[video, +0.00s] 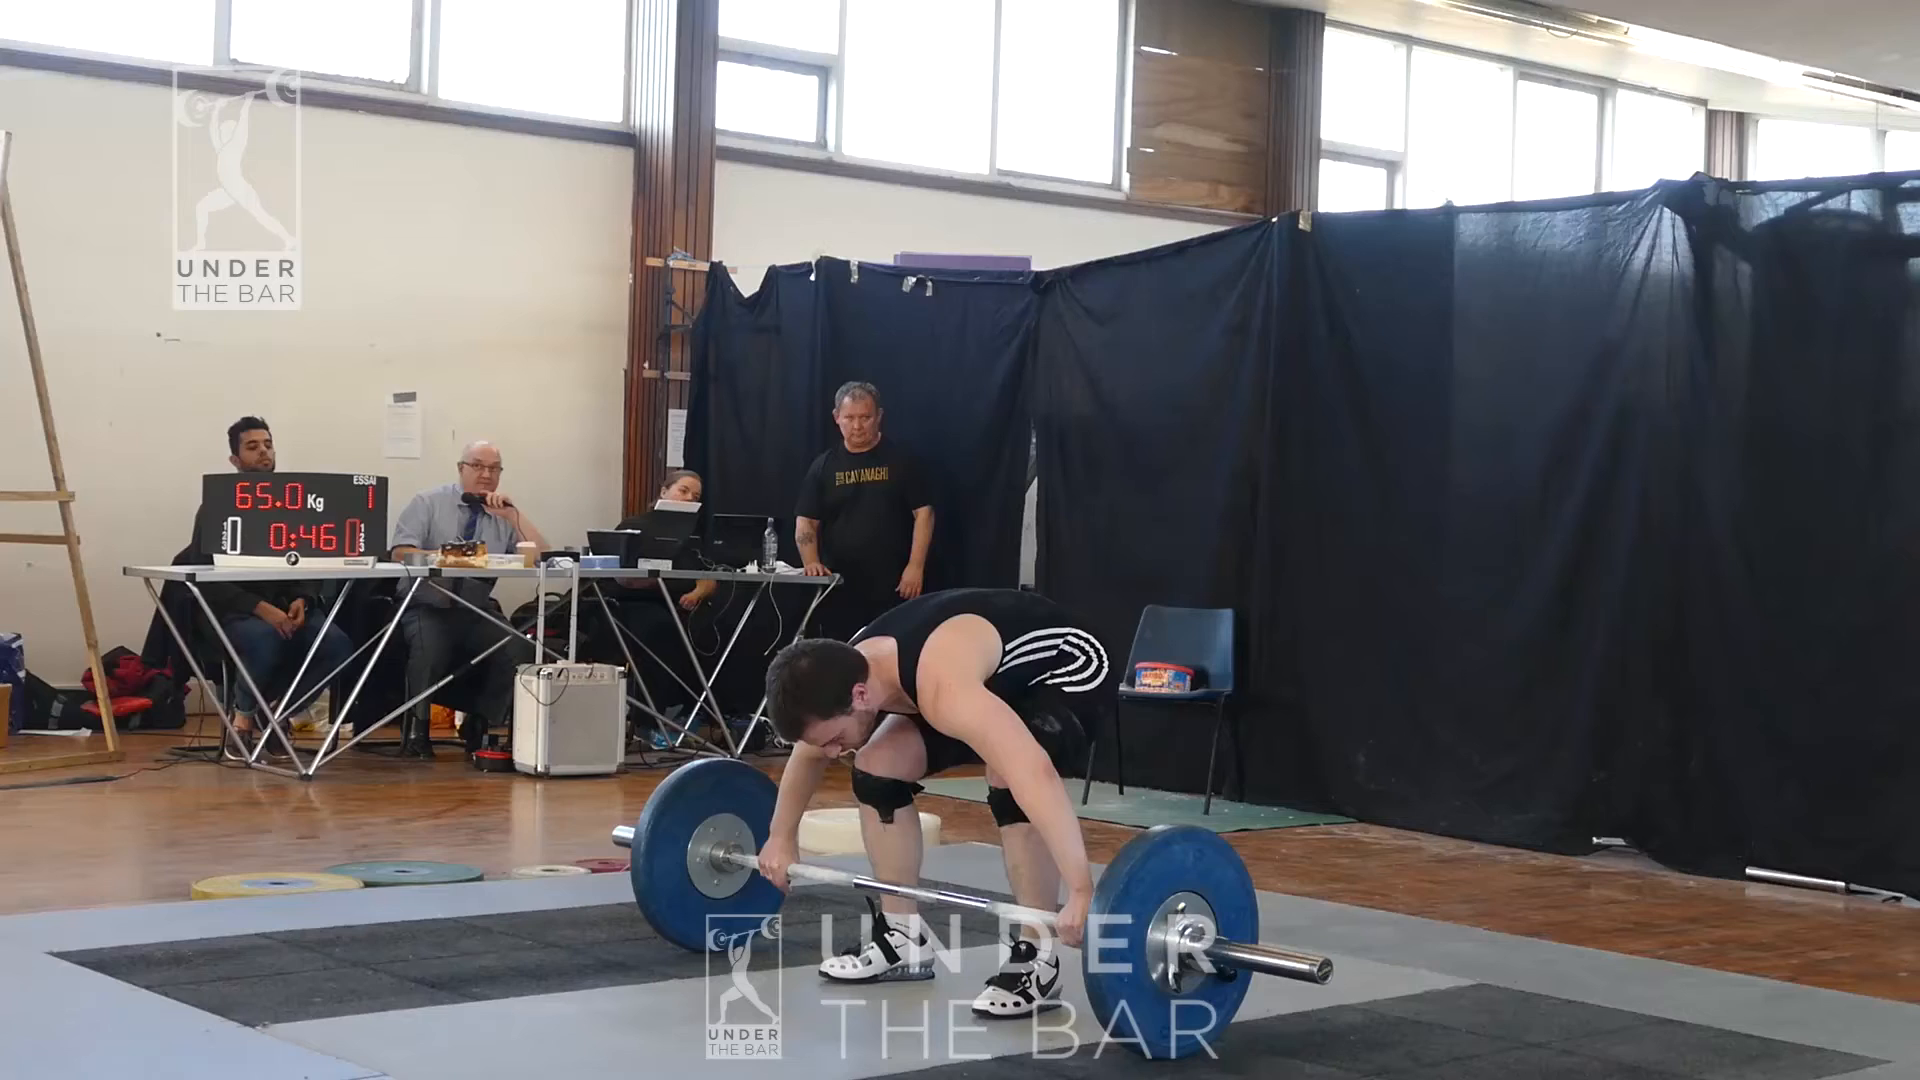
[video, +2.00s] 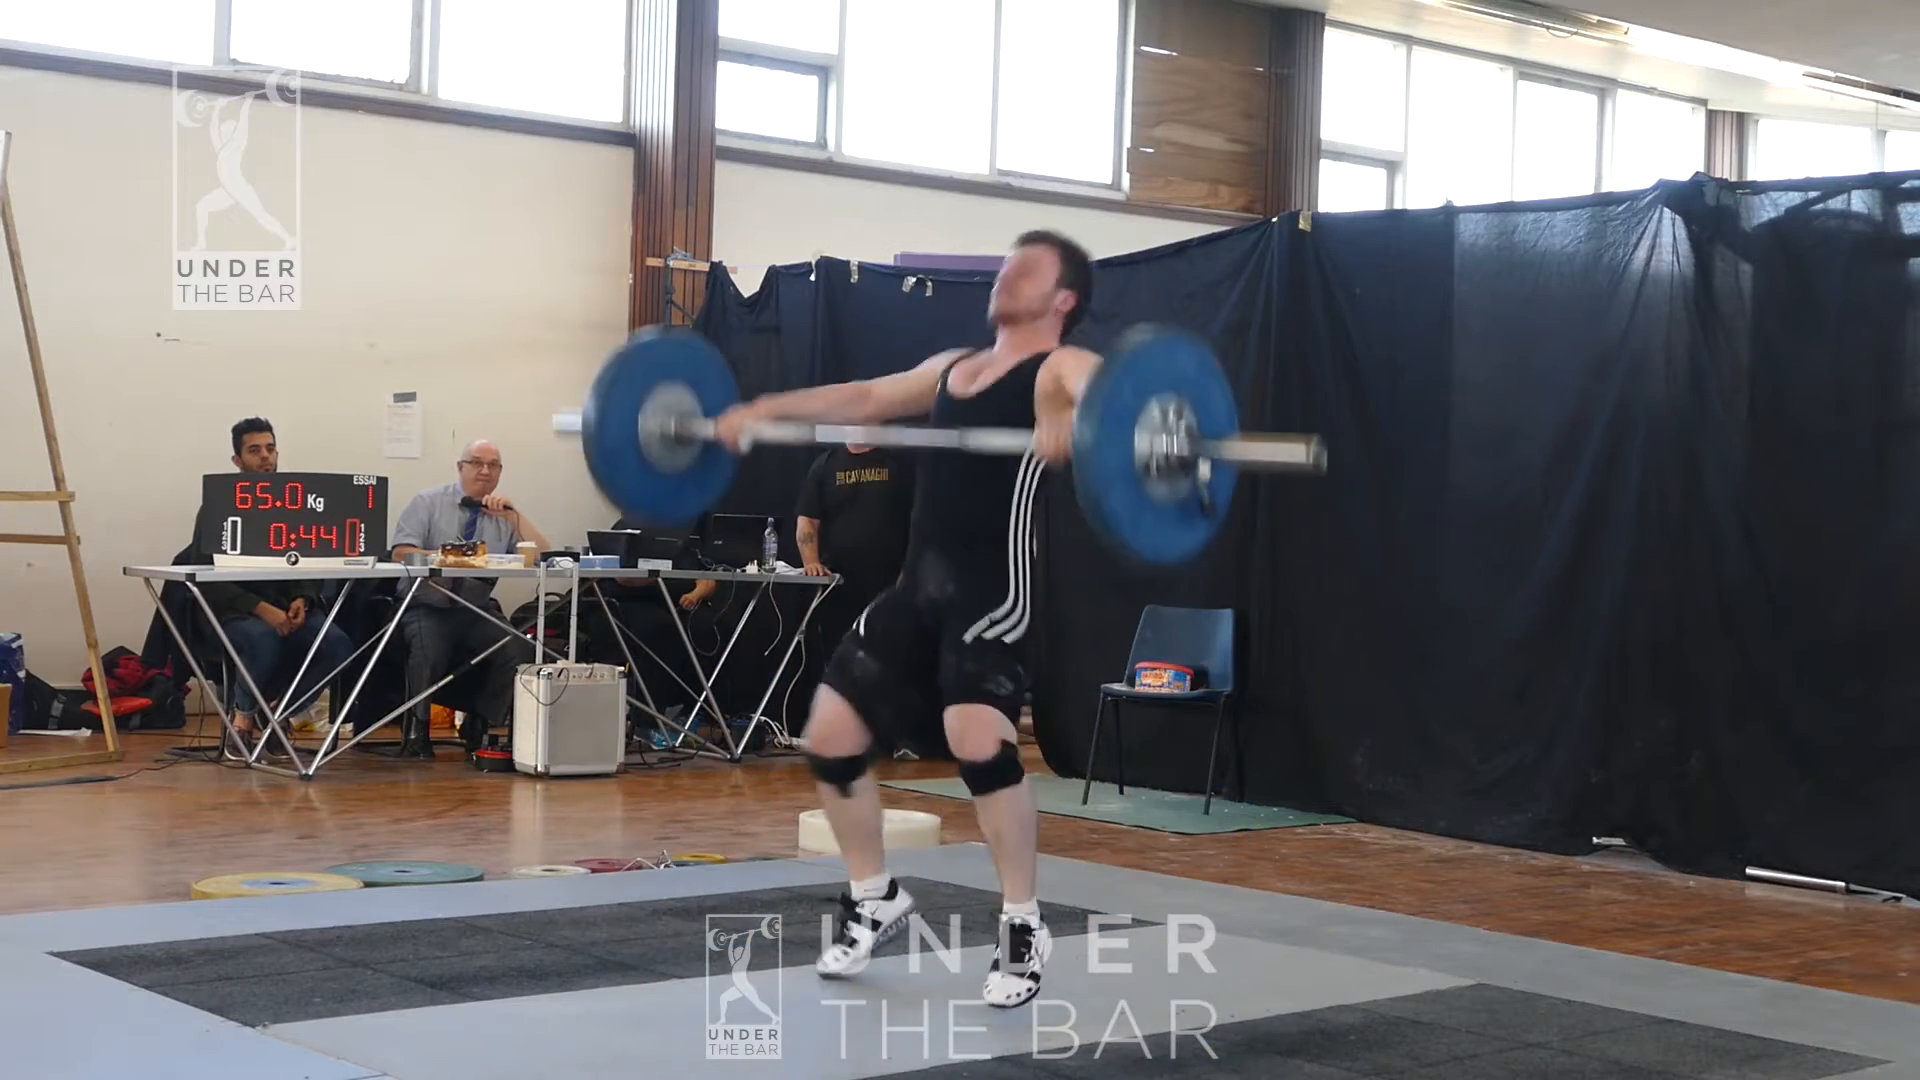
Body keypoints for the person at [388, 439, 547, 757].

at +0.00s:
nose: (486, 474)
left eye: (494, 468)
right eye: (478, 466)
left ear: (500, 474)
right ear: (461, 470)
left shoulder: (503, 516)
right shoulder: (428, 503)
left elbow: (541, 555)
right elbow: (401, 550)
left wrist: (515, 514)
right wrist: (444, 560)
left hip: (478, 609)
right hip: (429, 606)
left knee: (517, 651)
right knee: (430, 650)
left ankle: (477, 727)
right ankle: (417, 731)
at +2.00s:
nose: (484, 471)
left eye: (493, 466)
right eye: (476, 464)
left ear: (500, 473)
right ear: (460, 468)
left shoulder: (503, 516)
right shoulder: (428, 502)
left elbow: (544, 553)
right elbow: (401, 550)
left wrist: (515, 515)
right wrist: (442, 561)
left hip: (478, 609)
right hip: (429, 605)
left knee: (518, 652)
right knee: (429, 651)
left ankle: (477, 726)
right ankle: (417, 730)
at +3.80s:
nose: (438, 469)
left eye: (449, 463)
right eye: (432, 462)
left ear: (467, 468)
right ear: (426, 465)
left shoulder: (486, 507)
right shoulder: (405, 503)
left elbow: (537, 548)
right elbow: (392, 547)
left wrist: (509, 531)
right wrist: (445, 550)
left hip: (473, 605)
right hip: (422, 604)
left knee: (515, 649)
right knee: (431, 641)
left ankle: (478, 726)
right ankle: (422, 729)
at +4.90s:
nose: (402, 468)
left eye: (412, 461)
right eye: (397, 460)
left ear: (433, 464)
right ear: (391, 462)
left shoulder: (461, 499)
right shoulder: (380, 501)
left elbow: (508, 533)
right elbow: (367, 554)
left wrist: (504, 547)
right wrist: (404, 535)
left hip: (461, 599)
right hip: (409, 604)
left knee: (503, 657)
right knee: (445, 659)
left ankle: (479, 727)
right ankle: (444, 721)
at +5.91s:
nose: (398, 468)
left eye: (408, 461)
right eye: (392, 461)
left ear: (429, 464)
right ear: (387, 462)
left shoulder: (457, 501)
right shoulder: (377, 503)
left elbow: (505, 534)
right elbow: (341, 536)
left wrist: (503, 547)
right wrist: (374, 537)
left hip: (458, 603)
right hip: (405, 607)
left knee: (504, 651)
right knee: (445, 658)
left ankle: (480, 725)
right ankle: (445, 720)